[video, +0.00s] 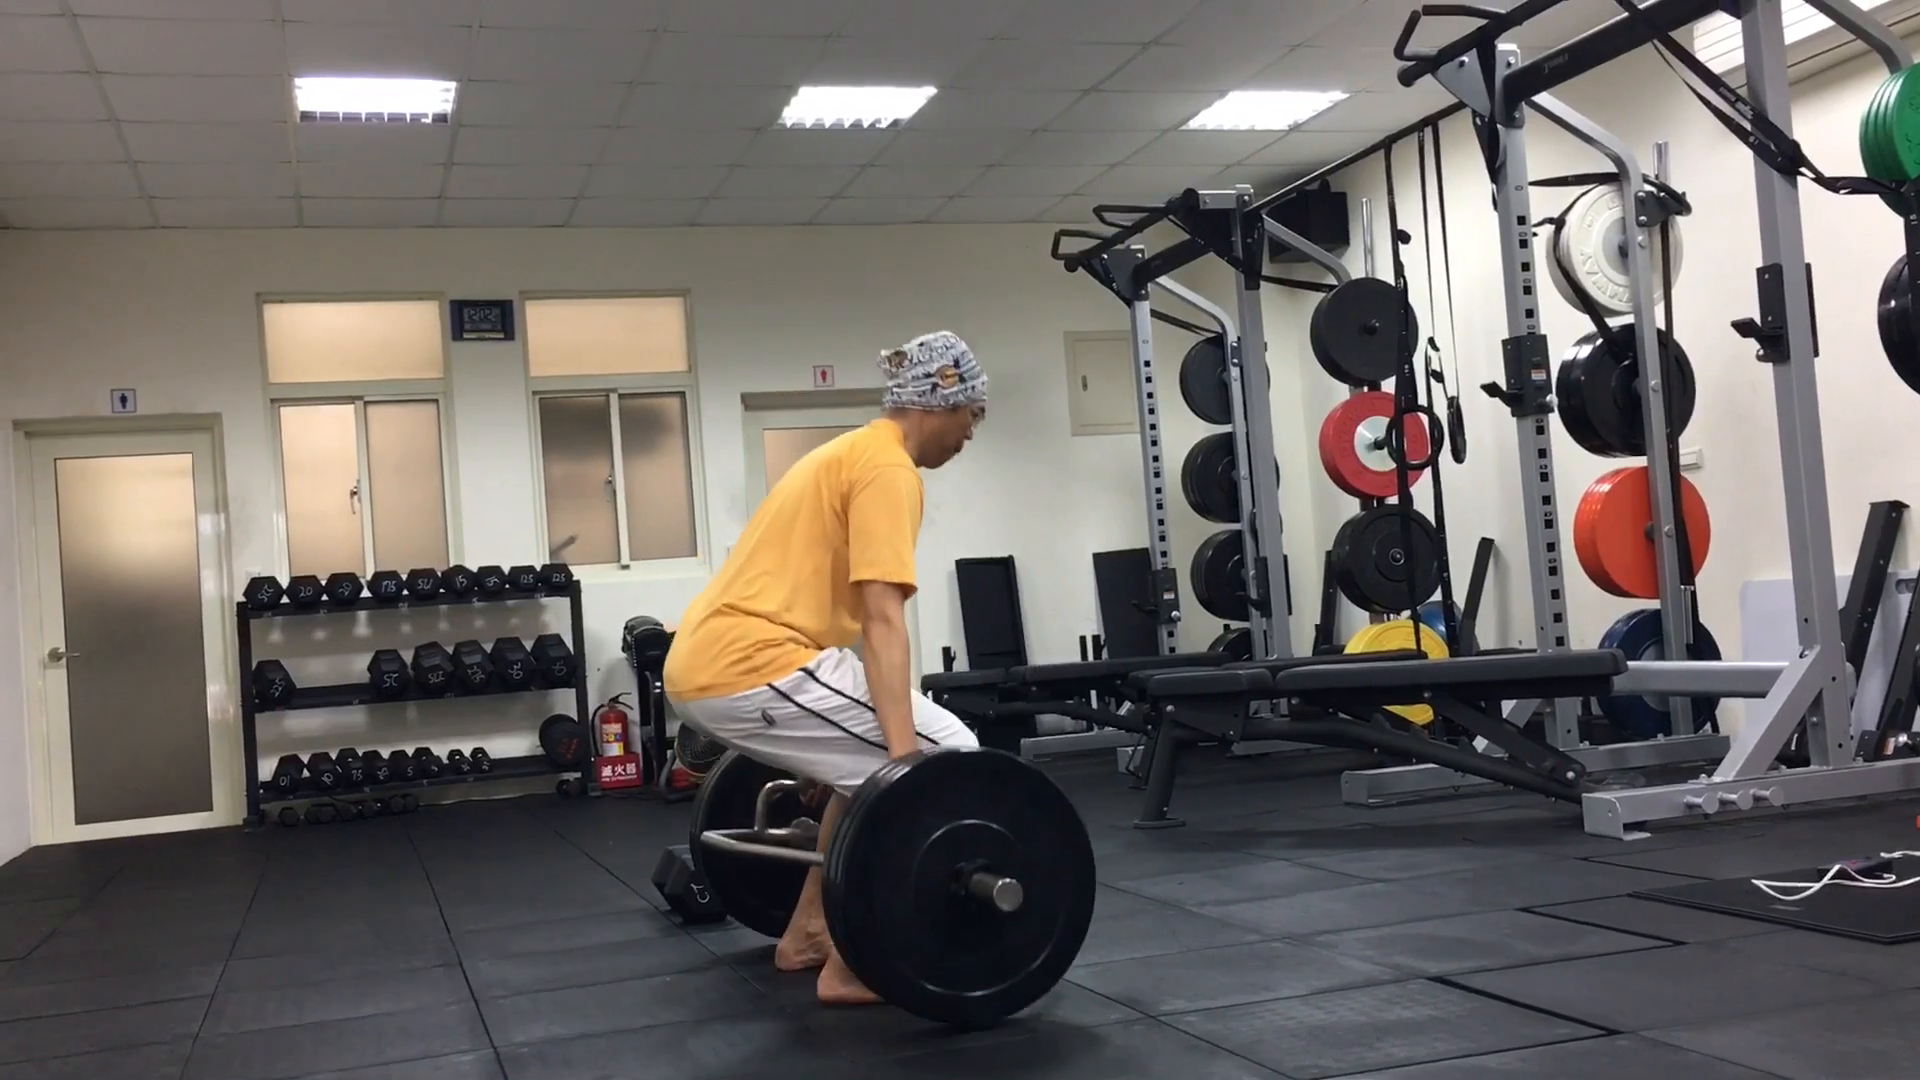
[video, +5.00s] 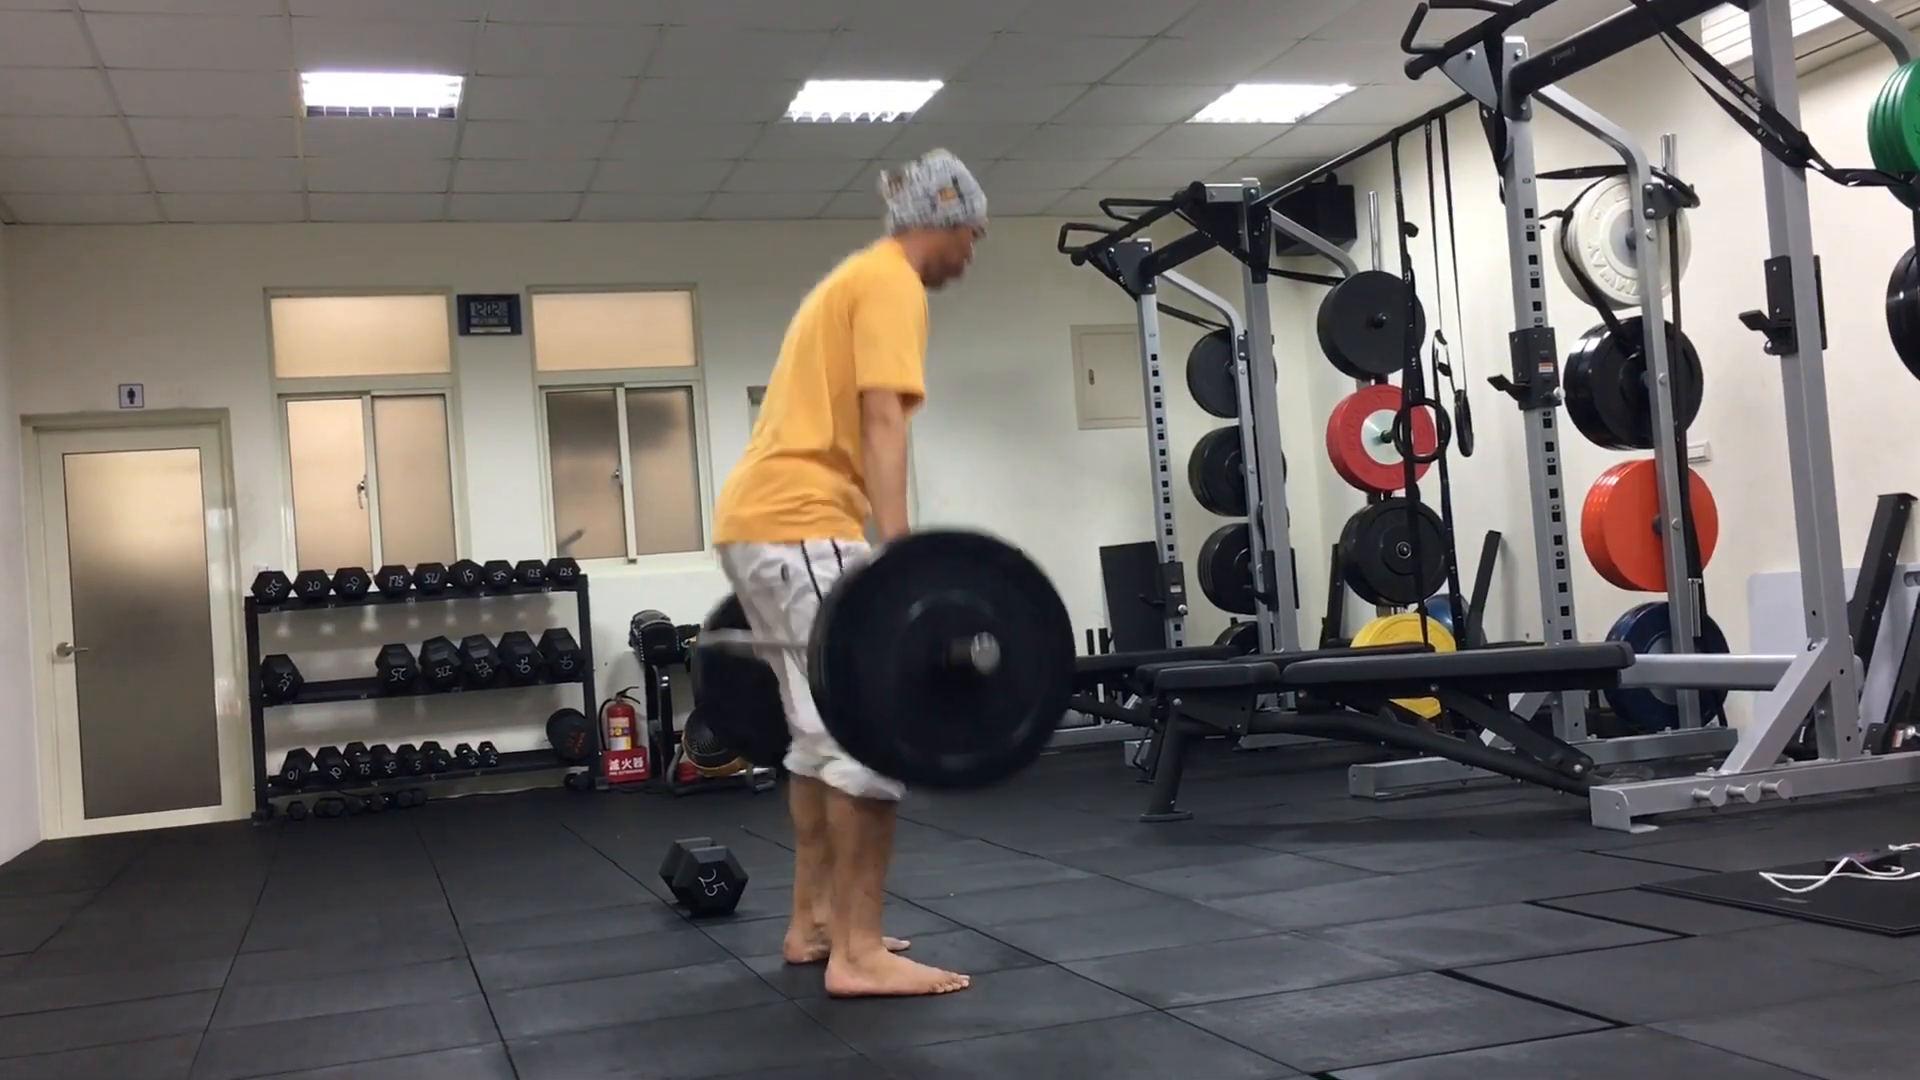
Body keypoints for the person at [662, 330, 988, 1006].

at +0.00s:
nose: (970, 435)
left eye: (975, 420)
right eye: (970, 416)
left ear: (908, 402)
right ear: (936, 405)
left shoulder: (845, 454)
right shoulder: (886, 464)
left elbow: (833, 616)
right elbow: (881, 617)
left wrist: (831, 751)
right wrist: (902, 750)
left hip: (702, 665)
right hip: (754, 663)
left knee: (884, 750)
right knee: (948, 750)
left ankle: (807, 931)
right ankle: (853, 963)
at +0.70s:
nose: (981, 346)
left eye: (985, 328)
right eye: (982, 326)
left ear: (921, 309)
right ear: (950, 312)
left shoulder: (864, 366)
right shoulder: (887, 370)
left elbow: (850, 526)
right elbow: (875, 519)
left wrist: (876, 656)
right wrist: (886, 663)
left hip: (729, 577)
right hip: (760, 576)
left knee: (865, 740)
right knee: (895, 744)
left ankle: (813, 935)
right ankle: (859, 966)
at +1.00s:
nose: (937, 220)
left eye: (940, 204)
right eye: (935, 202)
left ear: (869, 187)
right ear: (904, 190)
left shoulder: (818, 256)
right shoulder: (853, 254)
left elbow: (794, 401)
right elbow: (844, 391)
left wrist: (836, 531)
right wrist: (873, 536)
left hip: (758, 526)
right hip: (800, 528)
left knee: (781, 741)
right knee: (829, 742)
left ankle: (804, 936)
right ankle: (851, 964)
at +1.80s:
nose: (962, 342)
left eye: (967, 325)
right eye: (963, 322)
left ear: (904, 304)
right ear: (929, 307)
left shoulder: (840, 360)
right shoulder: (870, 365)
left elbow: (843, 527)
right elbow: (870, 521)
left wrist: (863, 657)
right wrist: (890, 661)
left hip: (710, 579)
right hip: (745, 579)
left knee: (847, 738)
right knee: (887, 737)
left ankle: (806, 933)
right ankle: (853, 964)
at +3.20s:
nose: (935, 204)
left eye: (936, 188)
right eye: (931, 186)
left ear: (863, 175)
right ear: (901, 177)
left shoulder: (813, 249)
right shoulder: (855, 246)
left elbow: (789, 400)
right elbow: (855, 385)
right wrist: (886, 522)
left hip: (766, 519)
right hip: (815, 520)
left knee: (779, 735)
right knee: (827, 737)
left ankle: (801, 927)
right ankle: (848, 957)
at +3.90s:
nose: (967, 328)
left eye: (972, 311)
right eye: (968, 309)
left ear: (910, 289)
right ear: (935, 293)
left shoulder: (842, 344)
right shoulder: (878, 350)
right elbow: (885, 500)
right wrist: (907, 643)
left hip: (727, 570)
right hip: (767, 571)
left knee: (849, 740)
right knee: (893, 734)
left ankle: (814, 933)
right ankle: (860, 965)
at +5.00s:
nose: (969, 258)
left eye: (975, 243)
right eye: (971, 239)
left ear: (913, 222)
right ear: (938, 223)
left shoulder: (850, 282)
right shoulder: (887, 281)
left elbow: (809, 432)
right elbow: (882, 420)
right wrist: (900, 558)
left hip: (758, 527)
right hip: (805, 526)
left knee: (817, 730)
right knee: (866, 726)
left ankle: (814, 922)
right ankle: (859, 951)